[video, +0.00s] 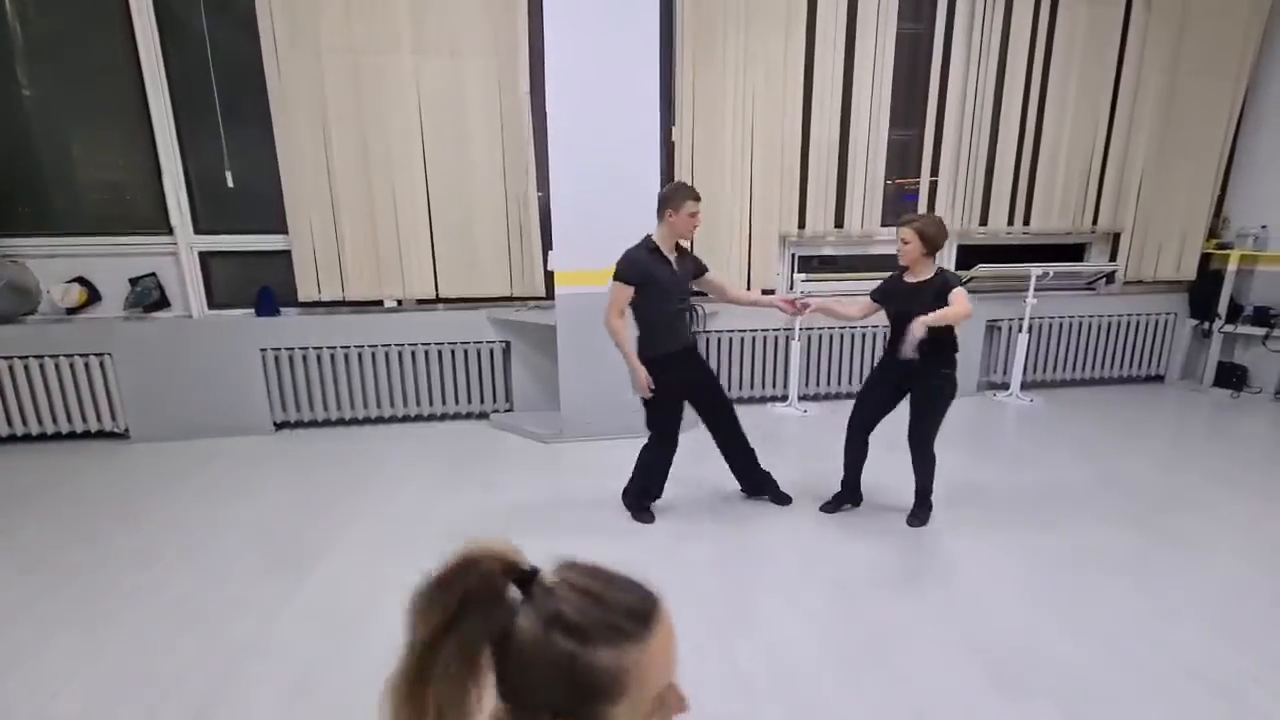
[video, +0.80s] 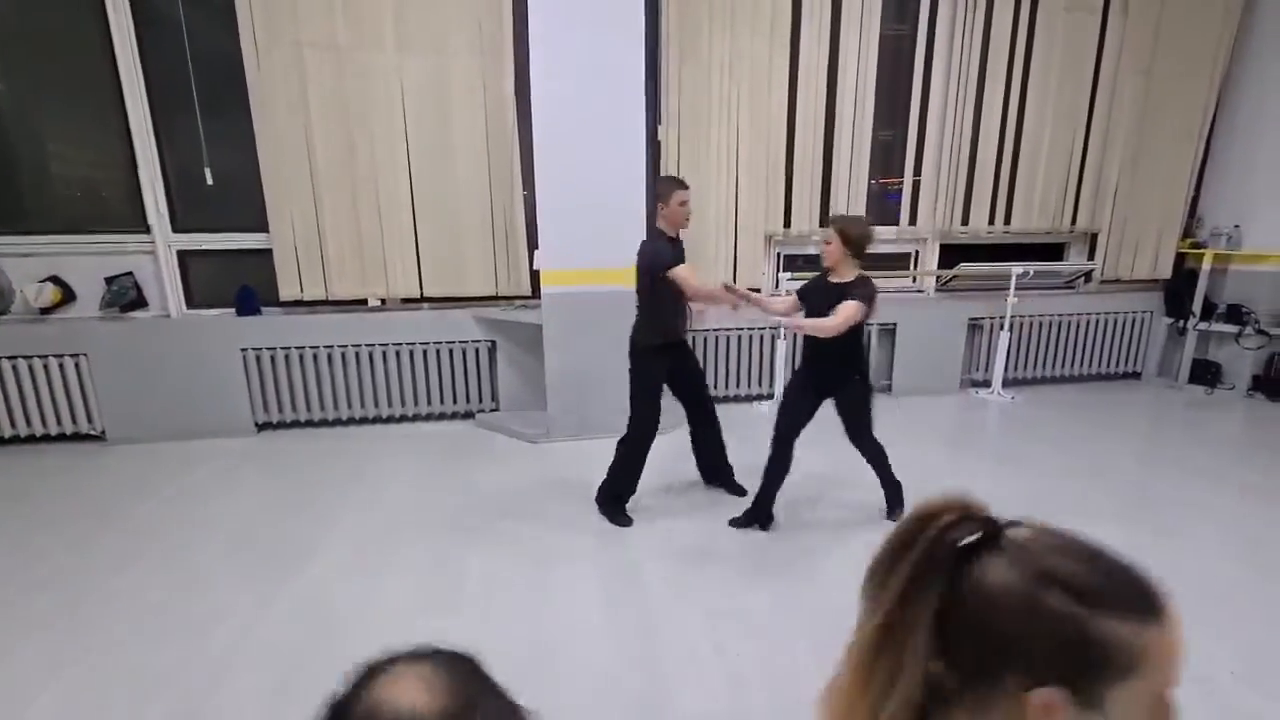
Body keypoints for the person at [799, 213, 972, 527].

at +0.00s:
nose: (899, 247)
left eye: (906, 242)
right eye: (899, 241)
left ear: (927, 247)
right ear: (904, 245)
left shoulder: (946, 281)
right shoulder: (895, 283)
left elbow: (962, 310)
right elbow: (857, 311)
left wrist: (926, 320)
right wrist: (818, 305)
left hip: (934, 376)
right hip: (894, 370)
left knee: (920, 441)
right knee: (858, 425)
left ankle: (922, 503)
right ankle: (850, 491)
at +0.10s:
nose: (903, 247)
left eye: (910, 242)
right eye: (903, 241)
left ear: (931, 246)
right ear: (907, 244)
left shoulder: (952, 282)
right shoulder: (898, 284)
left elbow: (977, 305)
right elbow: (859, 307)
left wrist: (969, 327)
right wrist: (820, 303)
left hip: (945, 374)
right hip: (906, 366)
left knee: (922, 438)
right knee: (863, 417)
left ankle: (920, 500)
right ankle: (851, 485)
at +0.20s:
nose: (905, 248)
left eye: (912, 241)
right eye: (905, 241)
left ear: (934, 245)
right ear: (908, 243)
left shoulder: (955, 281)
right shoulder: (897, 283)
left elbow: (993, 302)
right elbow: (856, 304)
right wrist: (815, 302)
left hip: (953, 373)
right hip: (913, 367)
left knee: (925, 436)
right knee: (872, 417)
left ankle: (919, 499)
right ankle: (860, 486)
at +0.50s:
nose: (894, 249)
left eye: (901, 243)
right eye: (893, 243)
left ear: (923, 248)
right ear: (894, 245)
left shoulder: (946, 283)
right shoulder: (884, 285)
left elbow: (983, 307)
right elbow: (841, 302)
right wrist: (793, 300)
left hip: (940, 375)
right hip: (900, 370)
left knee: (912, 437)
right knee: (861, 421)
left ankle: (911, 500)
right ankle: (873, 485)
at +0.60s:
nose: (883, 251)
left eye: (890, 246)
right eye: (882, 245)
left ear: (912, 251)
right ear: (883, 247)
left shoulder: (932, 289)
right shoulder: (872, 287)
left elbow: (949, 322)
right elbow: (828, 303)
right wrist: (785, 299)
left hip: (918, 381)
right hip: (877, 375)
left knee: (899, 443)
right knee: (833, 424)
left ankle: (903, 497)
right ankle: (840, 487)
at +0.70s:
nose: (858, 251)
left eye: (866, 245)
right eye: (858, 245)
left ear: (886, 250)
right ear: (861, 248)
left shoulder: (903, 290)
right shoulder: (848, 285)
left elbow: (895, 324)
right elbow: (803, 304)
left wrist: (842, 323)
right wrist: (753, 298)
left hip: (889, 382)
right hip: (847, 377)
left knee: (886, 445)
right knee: (808, 436)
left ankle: (899, 495)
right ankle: (775, 499)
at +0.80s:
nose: (823, 248)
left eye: (829, 243)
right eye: (824, 242)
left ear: (848, 247)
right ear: (836, 247)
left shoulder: (862, 289)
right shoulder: (820, 283)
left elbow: (835, 326)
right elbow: (782, 307)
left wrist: (796, 323)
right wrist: (746, 296)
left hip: (849, 379)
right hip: (811, 375)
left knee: (861, 437)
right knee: (783, 435)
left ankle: (892, 489)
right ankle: (762, 508)